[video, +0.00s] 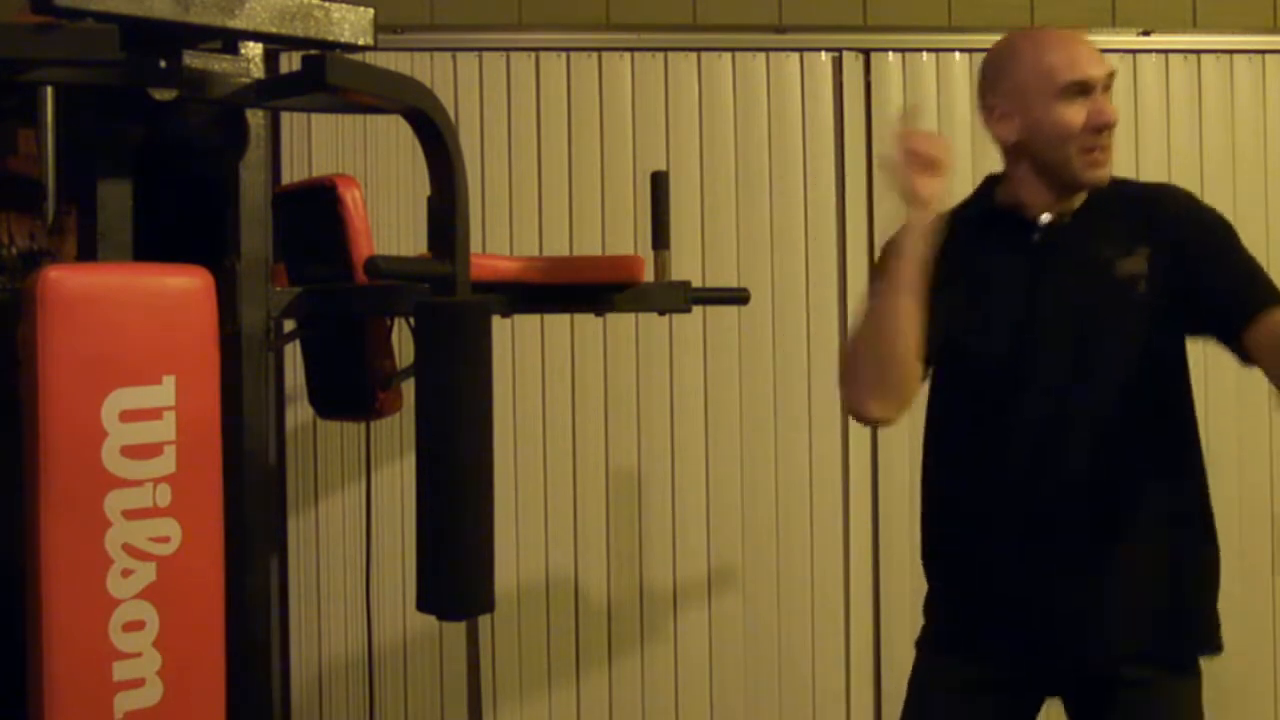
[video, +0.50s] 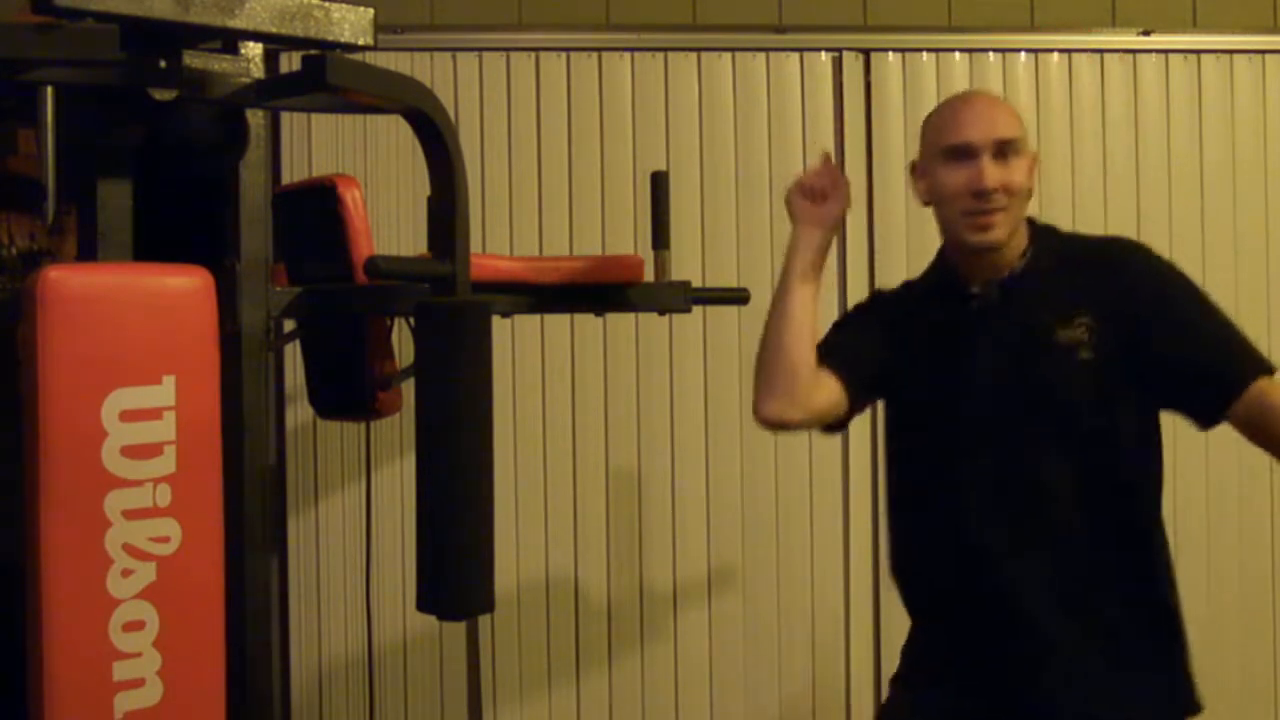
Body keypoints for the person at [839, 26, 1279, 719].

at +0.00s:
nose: (1107, 114)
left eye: (1108, 91)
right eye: (1077, 94)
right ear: (1003, 119)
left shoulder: (1167, 225)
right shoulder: (939, 250)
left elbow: (1273, 344)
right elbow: (873, 401)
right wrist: (920, 223)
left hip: (1138, 619)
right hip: (981, 618)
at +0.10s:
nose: (1125, 115)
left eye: (1127, 92)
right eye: (1093, 95)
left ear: (1135, 100)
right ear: (1025, 120)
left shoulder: (1165, 222)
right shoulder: (945, 248)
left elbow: (1258, 332)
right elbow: (862, 405)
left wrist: (1175, 380)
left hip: (1138, 614)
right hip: (984, 617)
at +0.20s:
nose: (1101, 117)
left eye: (1114, 93)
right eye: (1071, 95)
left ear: (1129, 106)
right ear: (1015, 118)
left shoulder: (1158, 219)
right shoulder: (939, 248)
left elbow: (1243, 334)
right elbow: (837, 399)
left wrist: (1180, 407)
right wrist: (977, 310)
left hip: (1135, 610)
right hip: (982, 612)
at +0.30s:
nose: (1050, 124)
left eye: (1067, 100)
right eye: (1023, 102)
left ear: (1087, 114)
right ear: (977, 123)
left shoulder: (1150, 230)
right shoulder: (928, 256)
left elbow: (1261, 357)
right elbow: (828, 384)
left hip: (1132, 623)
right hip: (974, 626)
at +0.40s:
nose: (1009, 153)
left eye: (1027, 128)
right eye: (983, 131)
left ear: (1051, 140)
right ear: (941, 152)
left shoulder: (1135, 257)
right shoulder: (915, 289)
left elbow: (1265, 386)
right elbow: (801, 380)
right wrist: (820, 205)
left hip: (1127, 654)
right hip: (964, 658)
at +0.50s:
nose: (986, 178)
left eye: (1003, 155)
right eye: (959, 159)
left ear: (1031, 170)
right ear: (921, 182)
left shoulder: (1120, 280)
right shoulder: (897, 322)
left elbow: (1262, 406)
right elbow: (782, 404)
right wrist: (811, 236)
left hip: (1120, 673)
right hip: (955, 678)